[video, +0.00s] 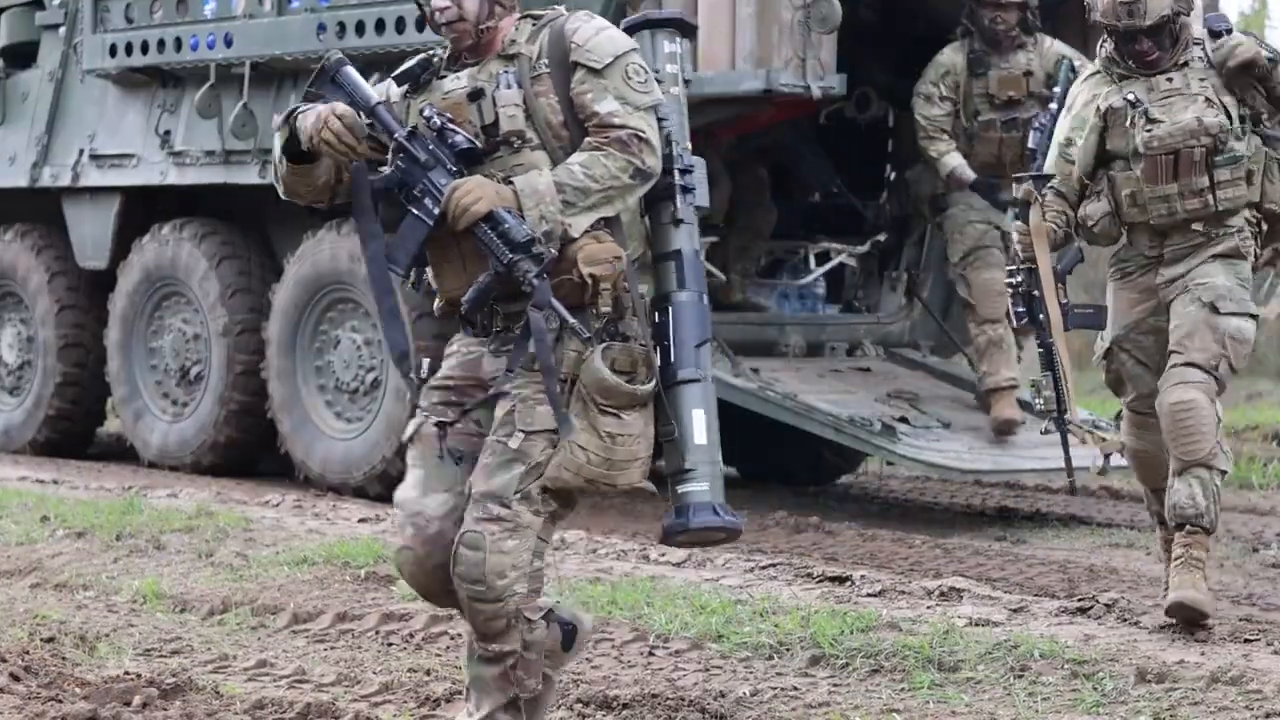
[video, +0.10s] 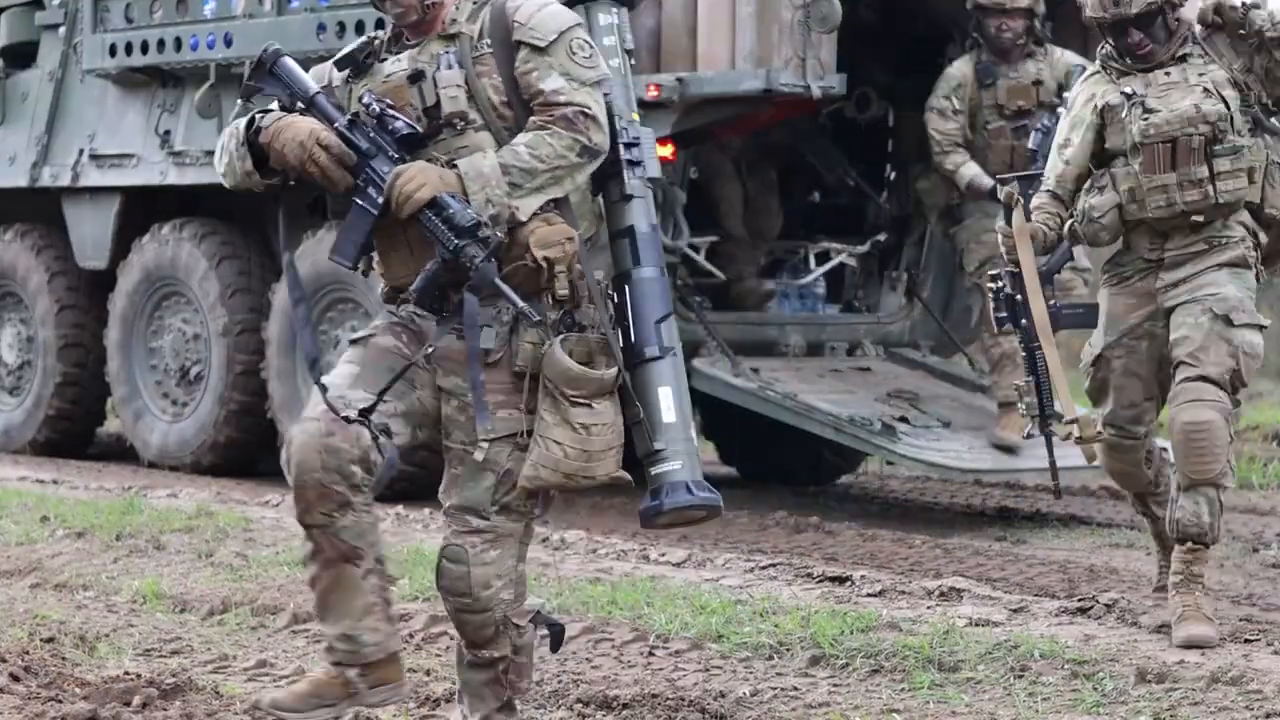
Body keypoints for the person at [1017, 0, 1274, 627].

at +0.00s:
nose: (1140, 41)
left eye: (1153, 27)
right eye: (1126, 31)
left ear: (1179, 14)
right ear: (1108, 26)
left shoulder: (1223, 59)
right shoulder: (1095, 86)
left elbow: (1277, 122)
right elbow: (1062, 184)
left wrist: (1260, 66)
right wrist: (1051, 215)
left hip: (1216, 253)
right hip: (1132, 265)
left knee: (1185, 398)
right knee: (1142, 422)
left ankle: (1190, 557)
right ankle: (1174, 542)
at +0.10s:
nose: (1134, 39)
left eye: (1144, 23)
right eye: (1118, 31)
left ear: (1172, 15)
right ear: (1104, 34)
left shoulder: (1223, 61)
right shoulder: (1094, 89)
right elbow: (1057, 191)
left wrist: (1237, 17)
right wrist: (1035, 226)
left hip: (1215, 256)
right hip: (1128, 271)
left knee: (1199, 416)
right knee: (1120, 445)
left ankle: (1191, 583)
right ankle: (1170, 531)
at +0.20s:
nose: (1123, 28)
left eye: (1135, 13)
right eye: (1107, 20)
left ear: (1170, 6)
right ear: (1092, 25)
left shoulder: (1218, 53)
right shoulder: (1088, 88)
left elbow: (1279, 73)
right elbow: (1049, 195)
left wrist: (1221, 16)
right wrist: (1028, 236)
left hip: (1213, 263)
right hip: (1123, 276)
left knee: (1198, 434)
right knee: (1098, 442)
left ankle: (1191, 594)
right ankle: (1155, 504)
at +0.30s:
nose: (1104, 23)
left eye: (1115, 8)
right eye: (1091, 14)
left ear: (1152, 3)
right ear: (1081, 19)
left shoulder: (1207, 52)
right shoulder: (1078, 82)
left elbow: (1271, 82)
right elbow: (1043, 185)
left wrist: (1199, 23)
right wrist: (1011, 236)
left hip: (1202, 257)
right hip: (1110, 265)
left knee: (1192, 434)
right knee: (1077, 422)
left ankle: (1189, 592)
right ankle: (1141, 526)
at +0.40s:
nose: (1079, 14)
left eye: (1092, 3)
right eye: (1068, 8)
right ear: (1062, 13)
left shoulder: (1191, 34)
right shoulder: (1057, 79)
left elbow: (1268, 75)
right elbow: (1028, 184)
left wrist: (1175, 36)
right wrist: (1004, 215)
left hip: (1191, 256)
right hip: (1096, 265)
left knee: (1187, 444)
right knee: (1064, 423)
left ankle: (1188, 592)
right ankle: (1123, 582)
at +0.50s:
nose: (1051, 15)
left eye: (1064, 4)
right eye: (1043, 8)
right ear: (1037, 16)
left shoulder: (1167, 28)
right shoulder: (1032, 92)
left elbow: (1268, 60)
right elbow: (1000, 198)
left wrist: (1174, 51)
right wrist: (965, 210)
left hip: (1174, 263)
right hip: (1077, 277)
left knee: (1177, 453)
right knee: (1073, 451)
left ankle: (1189, 580)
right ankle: (1100, 629)